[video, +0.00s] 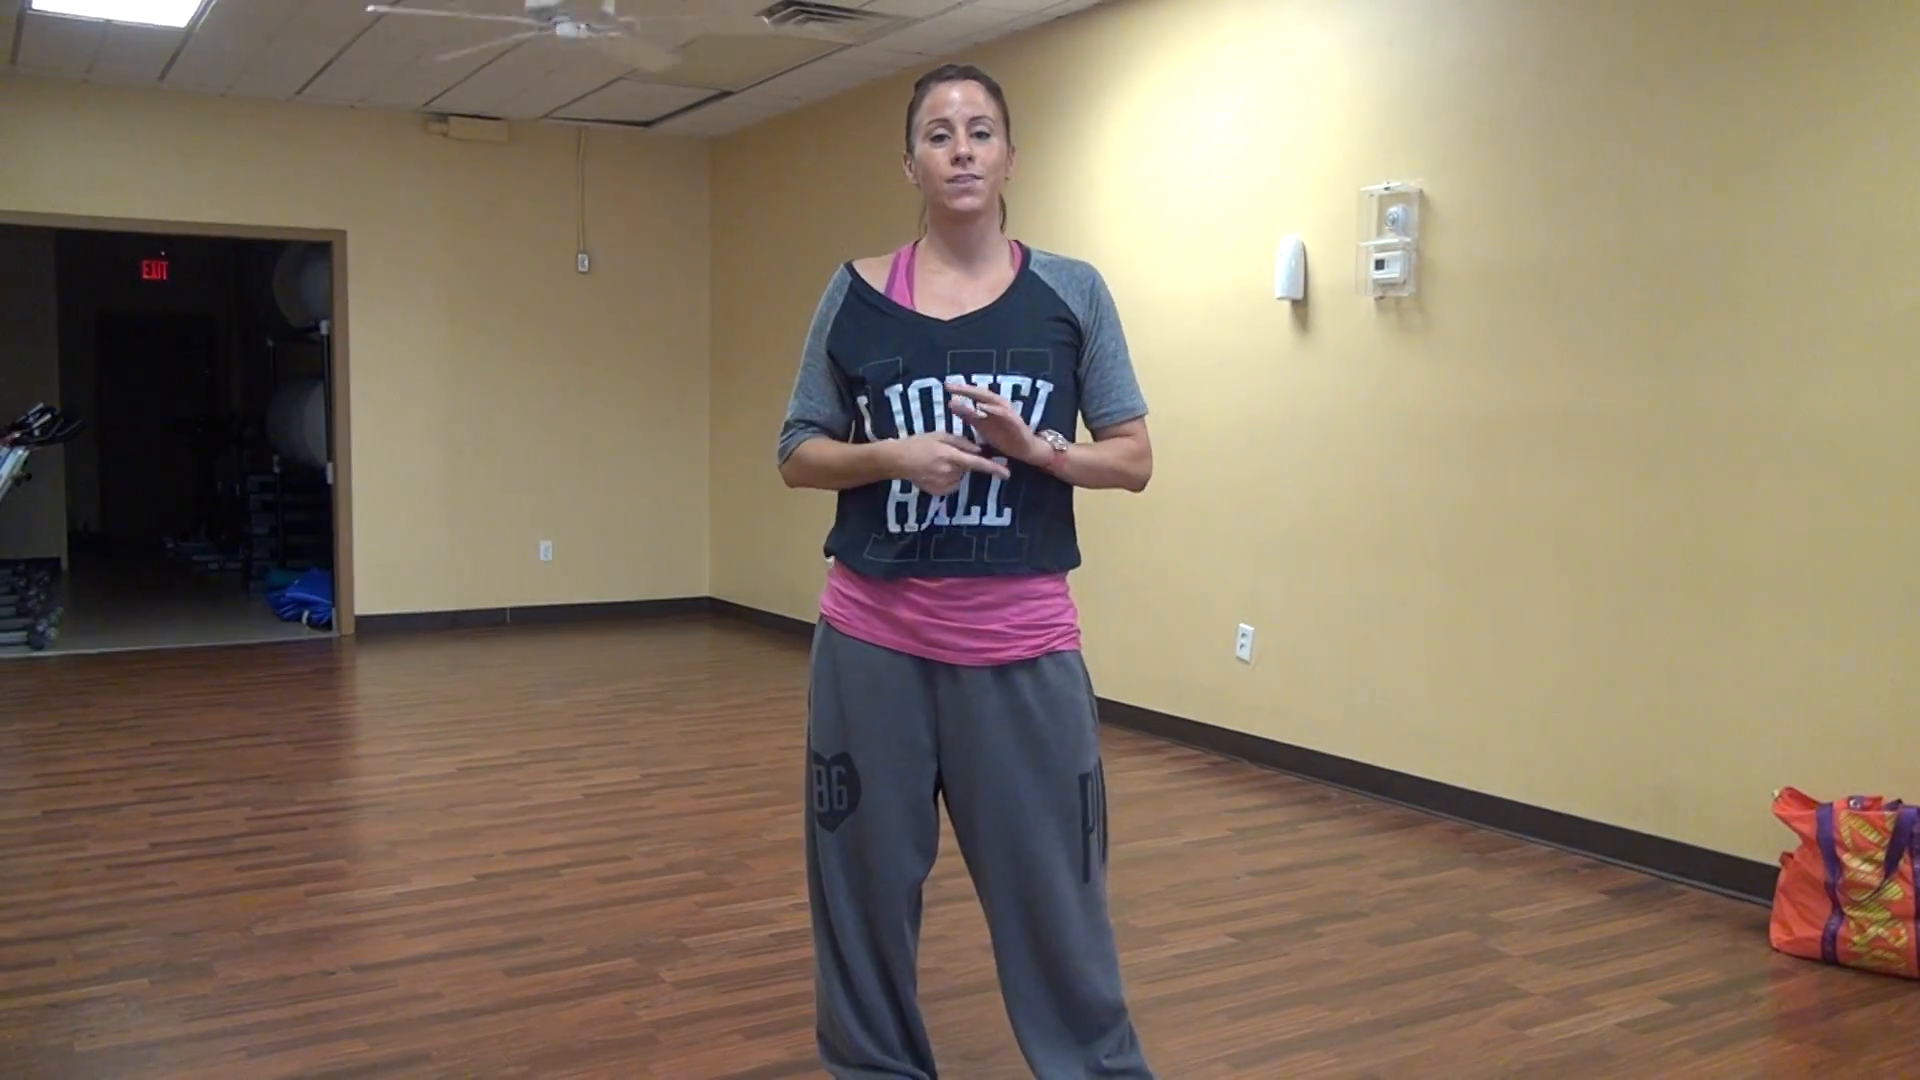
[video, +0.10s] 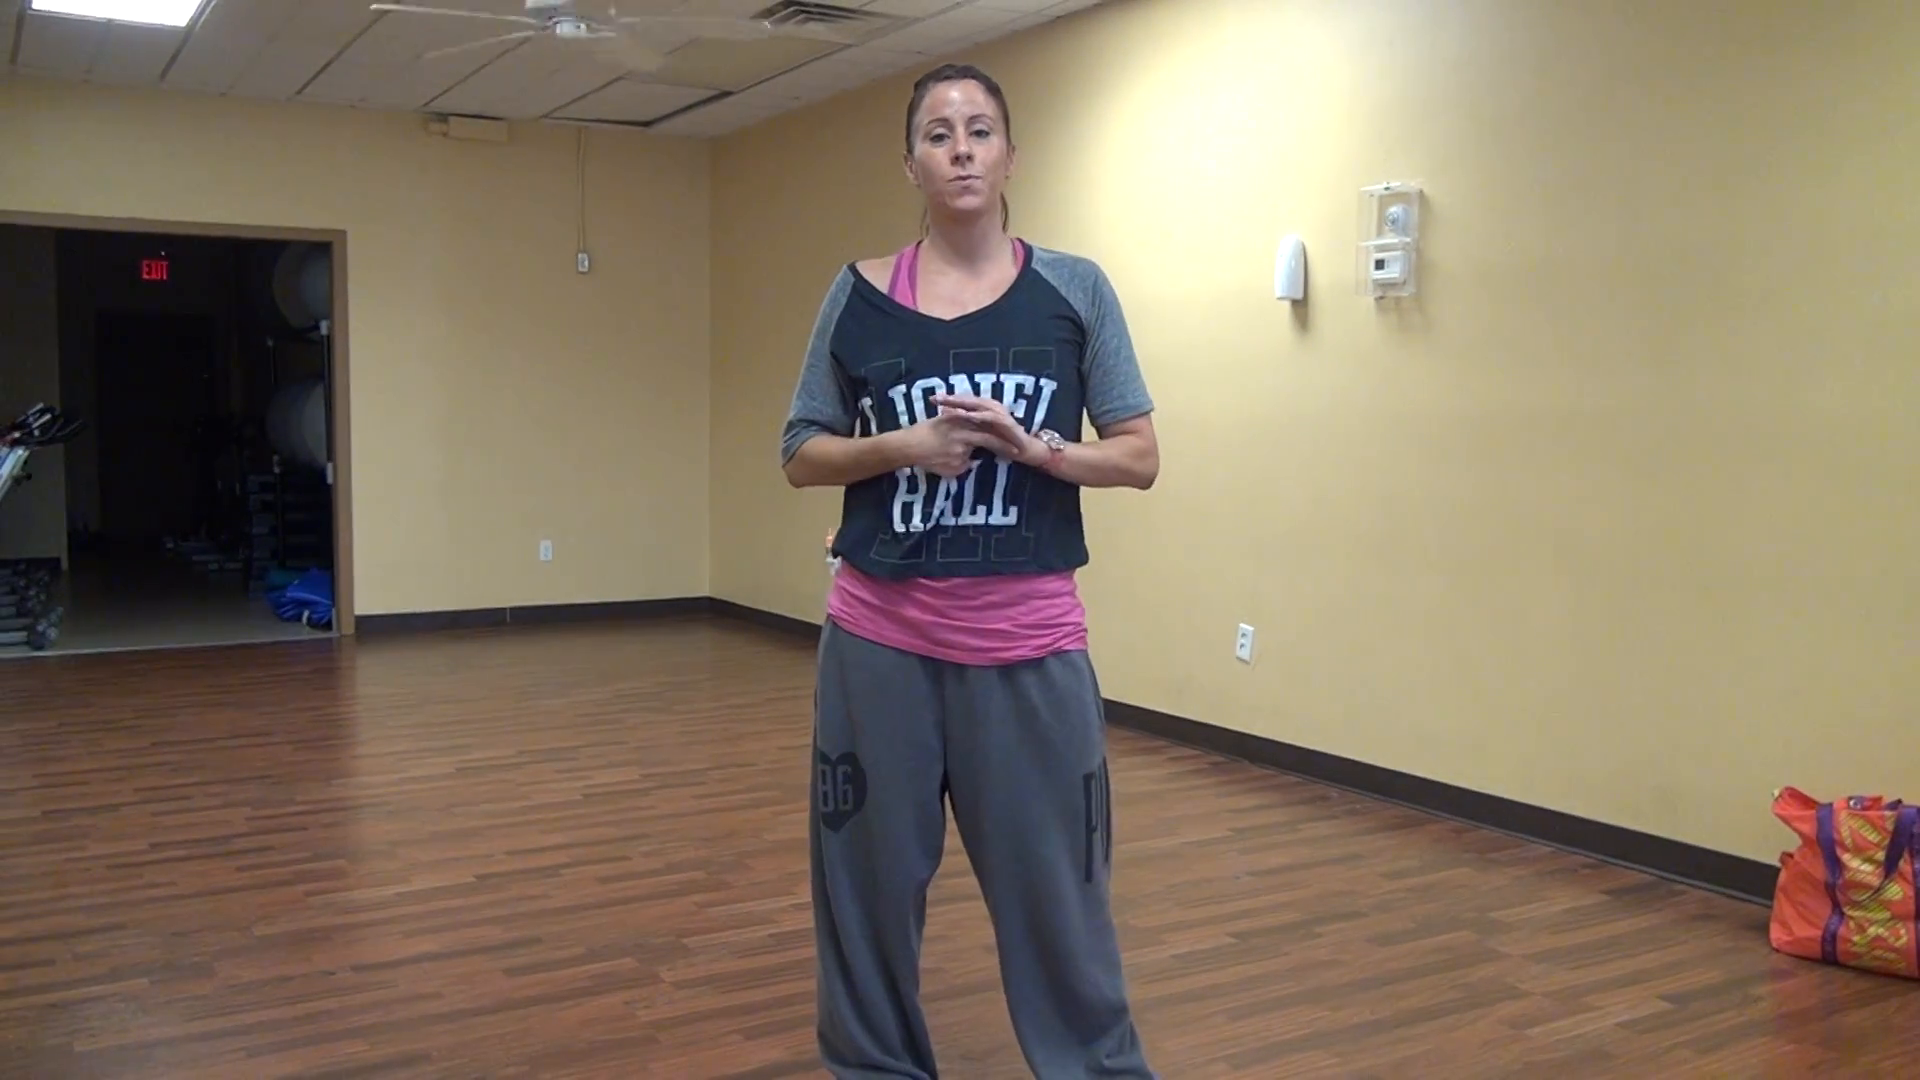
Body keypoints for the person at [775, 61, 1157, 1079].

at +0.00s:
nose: (960, 149)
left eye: (979, 132)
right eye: (939, 134)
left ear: (1008, 156)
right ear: (911, 162)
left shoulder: (1073, 289)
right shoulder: (858, 291)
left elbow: (1134, 459)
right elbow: (798, 454)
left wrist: (1043, 450)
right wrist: (886, 458)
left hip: (1021, 640)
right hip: (870, 638)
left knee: (1055, 900)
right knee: (862, 895)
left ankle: (1098, 1066)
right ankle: (875, 1066)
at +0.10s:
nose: (959, 148)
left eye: (978, 131)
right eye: (938, 134)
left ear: (1008, 155)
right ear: (911, 161)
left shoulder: (1076, 287)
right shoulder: (861, 291)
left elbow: (1140, 457)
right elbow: (801, 453)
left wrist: (1039, 450)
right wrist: (903, 446)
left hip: (1028, 638)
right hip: (877, 636)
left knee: (1058, 901)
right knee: (865, 897)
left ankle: (1100, 1067)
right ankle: (875, 1067)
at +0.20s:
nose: (962, 148)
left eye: (980, 129)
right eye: (940, 133)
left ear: (1012, 152)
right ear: (913, 162)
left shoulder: (1081, 285)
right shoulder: (866, 292)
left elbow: (1147, 453)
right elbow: (805, 456)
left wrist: (1047, 451)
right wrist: (906, 444)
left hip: (1037, 641)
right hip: (884, 639)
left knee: (1063, 908)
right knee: (870, 901)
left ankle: (1100, 1068)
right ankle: (877, 1068)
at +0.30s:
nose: (966, 147)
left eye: (985, 128)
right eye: (944, 133)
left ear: (1016, 151)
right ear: (918, 160)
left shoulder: (1086, 283)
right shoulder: (872, 293)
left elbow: (1154, 451)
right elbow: (810, 458)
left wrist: (1054, 449)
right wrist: (914, 442)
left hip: (1045, 641)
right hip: (892, 640)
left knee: (1067, 908)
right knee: (875, 904)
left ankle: (1099, 1068)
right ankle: (878, 1068)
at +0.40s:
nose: (971, 148)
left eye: (990, 129)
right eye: (949, 133)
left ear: (1021, 151)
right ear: (923, 160)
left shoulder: (1092, 283)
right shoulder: (877, 294)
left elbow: (1162, 450)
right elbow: (816, 462)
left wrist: (1064, 448)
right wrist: (917, 440)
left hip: (1053, 644)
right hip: (900, 643)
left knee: (1074, 915)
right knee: (879, 911)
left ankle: (1099, 1068)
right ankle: (880, 1068)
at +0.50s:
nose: (975, 147)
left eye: (993, 128)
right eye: (952, 134)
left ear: (1025, 151)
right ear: (926, 162)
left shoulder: (1097, 282)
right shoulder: (883, 295)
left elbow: (1166, 449)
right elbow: (828, 465)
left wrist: (1071, 447)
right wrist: (919, 429)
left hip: (1061, 643)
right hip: (906, 642)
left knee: (1080, 909)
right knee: (884, 905)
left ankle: (1100, 1068)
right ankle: (882, 1068)